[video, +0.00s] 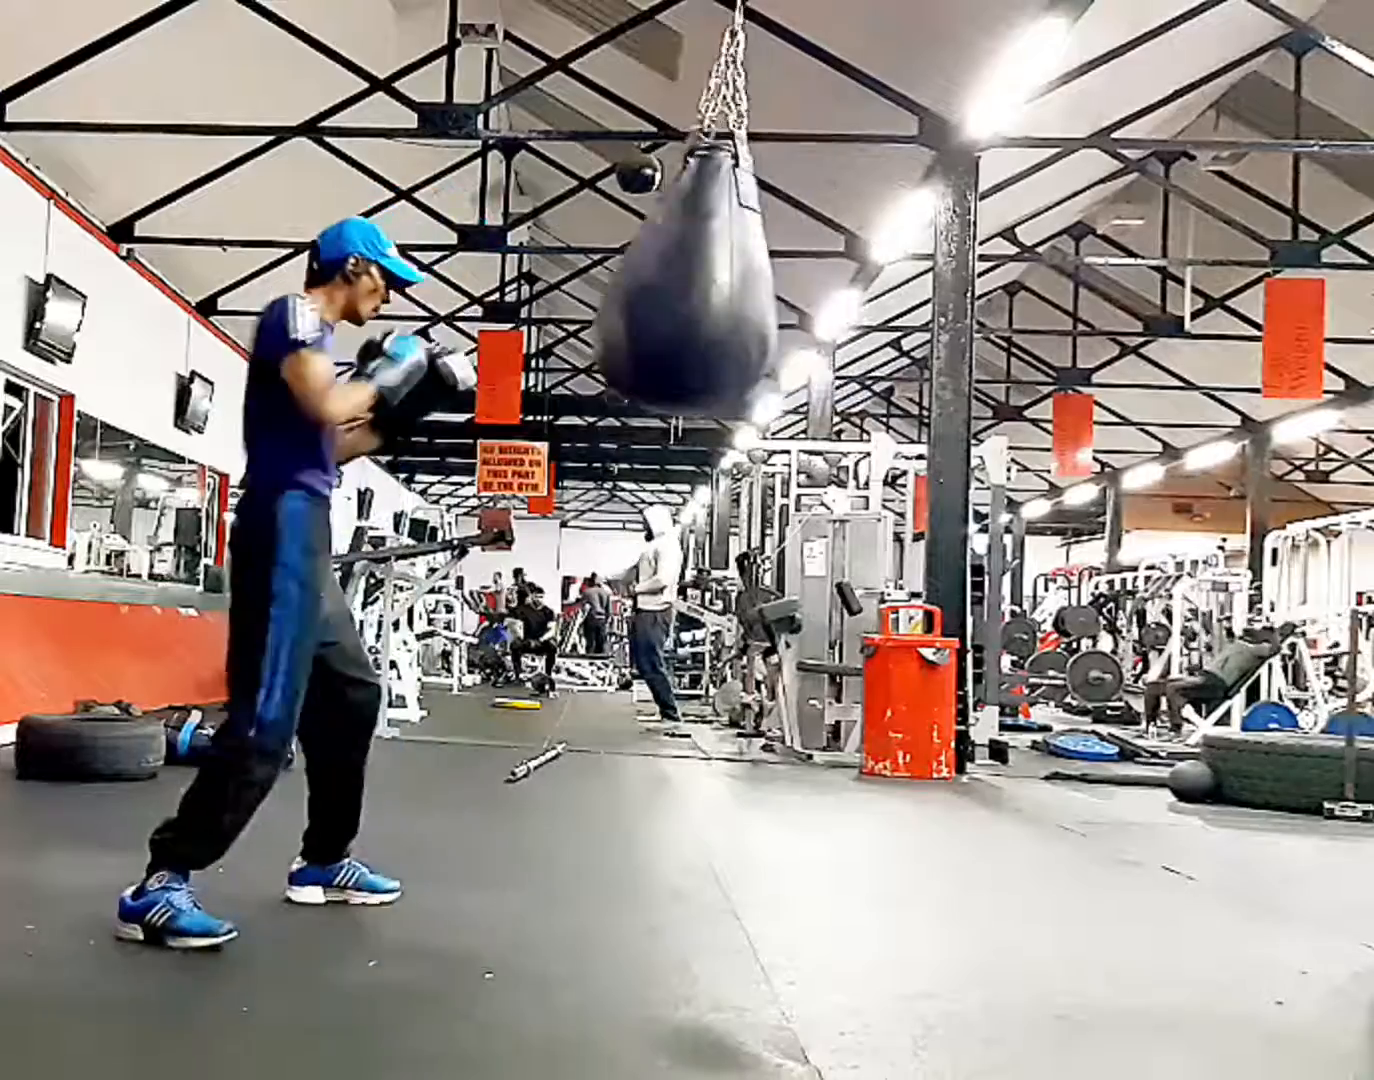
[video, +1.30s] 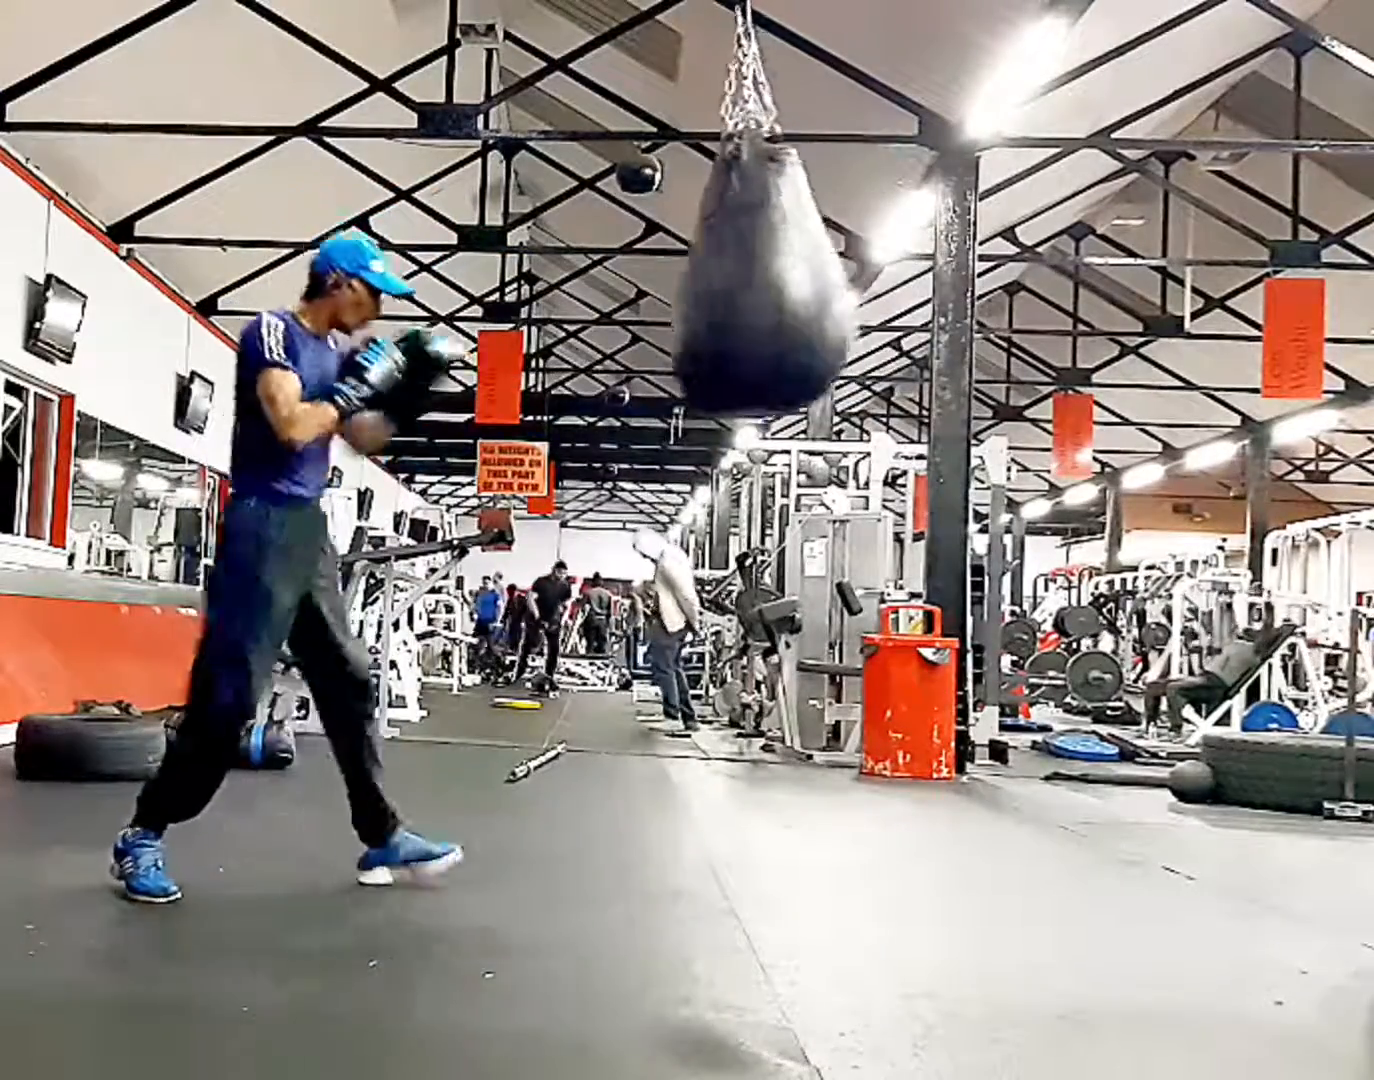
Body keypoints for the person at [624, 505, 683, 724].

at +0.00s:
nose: (643, 527)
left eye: (647, 523)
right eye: (644, 523)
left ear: (657, 523)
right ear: (657, 523)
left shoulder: (668, 546)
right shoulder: (652, 547)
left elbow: (663, 580)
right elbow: (633, 573)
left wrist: (636, 589)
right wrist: (609, 580)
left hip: (656, 609)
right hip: (643, 608)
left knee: (652, 663)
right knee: (643, 664)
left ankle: (670, 712)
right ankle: (666, 709)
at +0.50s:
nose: (630, 541)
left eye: (630, 536)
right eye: (629, 537)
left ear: (637, 532)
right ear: (644, 528)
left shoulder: (656, 544)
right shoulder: (652, 545)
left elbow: (663, 577)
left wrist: (644, 598)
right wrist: (640, 593)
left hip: (663, 610)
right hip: (657, 609)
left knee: (659, 662)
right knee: (657, 662)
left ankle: (671, 713)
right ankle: (669, 711)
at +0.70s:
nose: (632, 546)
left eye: (631, 541)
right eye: (629, 542)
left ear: (638, 536)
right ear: (646, 530)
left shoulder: (654, 551)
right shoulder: (666, 544)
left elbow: (659, 586)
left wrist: (653, 616)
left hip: (666, 613)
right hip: (679, 609)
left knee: (659, 661)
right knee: (659, 659)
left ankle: (671, 711)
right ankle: (669, 707)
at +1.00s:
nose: (638, 548)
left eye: (637, 544)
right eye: (636, 544)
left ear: (643, 538)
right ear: (651, 532)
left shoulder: (657, 553)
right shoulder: (671, 546)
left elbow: (672, 585)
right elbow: (687, 580)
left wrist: (683, 613)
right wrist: (695, 607)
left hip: (665, 616)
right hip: (676, 613)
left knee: (660, 666)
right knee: (672, 664)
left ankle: (673, 714)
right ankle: (685, 712)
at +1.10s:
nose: (641, 551)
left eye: (640, 546)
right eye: (638, 547)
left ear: (647, 541)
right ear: (650, 536)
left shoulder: (663, 555)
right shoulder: (664, 551)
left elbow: (681, 585)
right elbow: (658, 583)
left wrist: (692, 612)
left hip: (668, 619)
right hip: (672, 617)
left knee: (659, 665)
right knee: (673, 665)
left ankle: (673, 714)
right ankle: (688, 715)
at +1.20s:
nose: (644, 555)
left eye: (643, 551)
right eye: (641, 551)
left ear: (650, 545)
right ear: (654, 540)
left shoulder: (666, 561)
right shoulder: (667, 556)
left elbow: (684, 592)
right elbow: (660, 586)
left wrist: (694, 619)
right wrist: (641, 589)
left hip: (668, 623)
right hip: (675, 620)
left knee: (661, 666)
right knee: (673, 666)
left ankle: (673, 712)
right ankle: (688, 713)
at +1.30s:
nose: (645, 558)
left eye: (644, 554)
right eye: (643, 555)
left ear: (650, 548)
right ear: (655, 541)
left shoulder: (669, 562)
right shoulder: (671, 556)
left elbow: (686, 594)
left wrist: (694, 621)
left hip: (668, 625)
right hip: (676, 622)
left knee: (664, 669)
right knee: (675, 667)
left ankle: (672, 713)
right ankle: (689, 715)